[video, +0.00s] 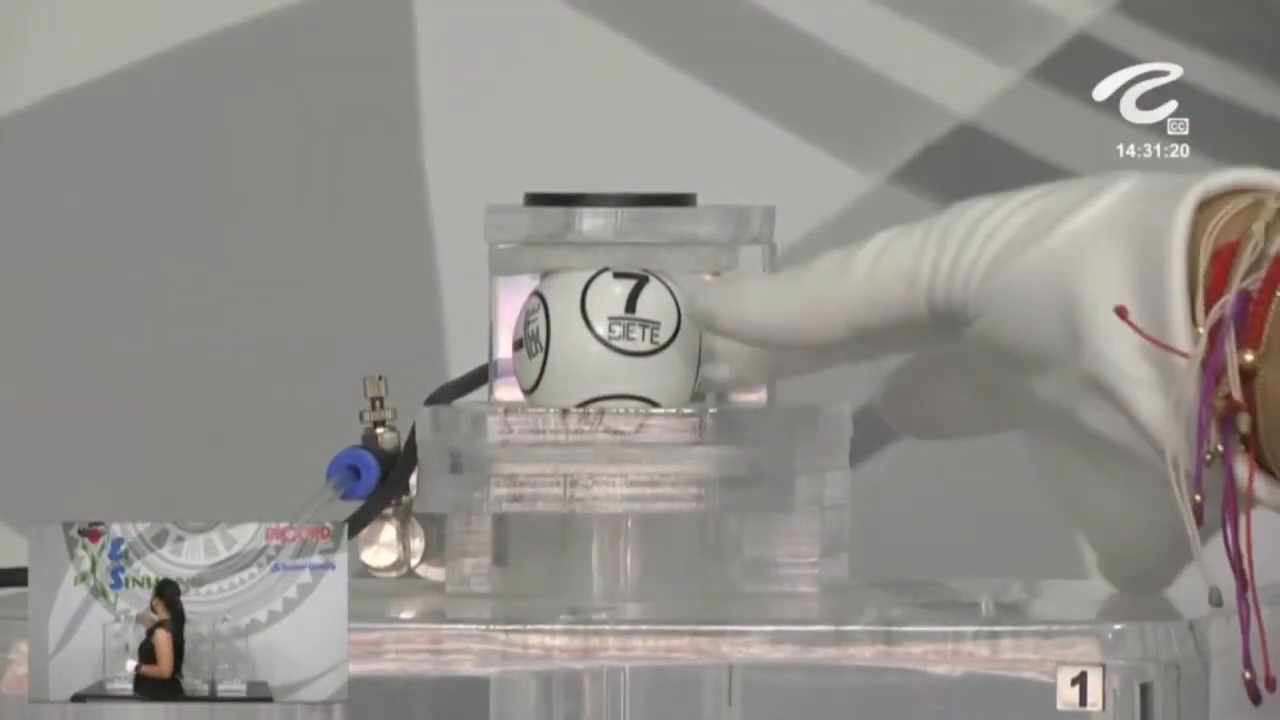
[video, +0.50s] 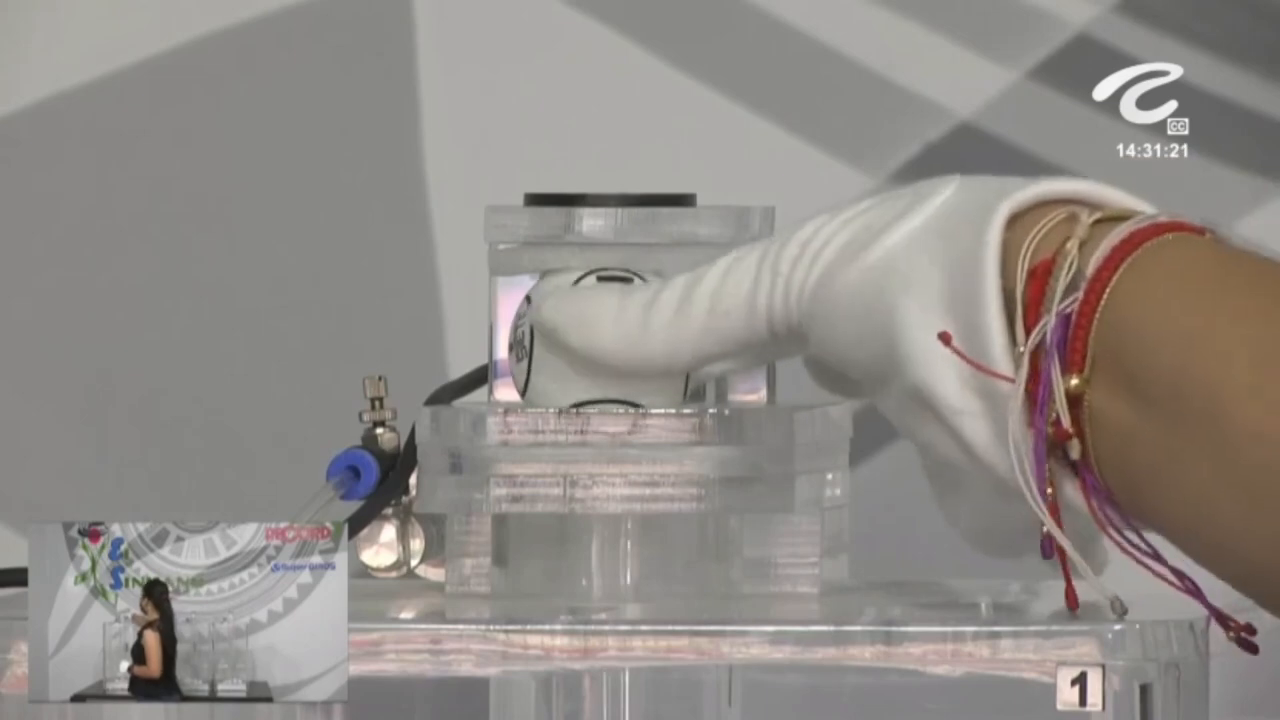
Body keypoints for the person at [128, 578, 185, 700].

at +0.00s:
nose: (151, 601)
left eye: (153, 597)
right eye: (153, 597)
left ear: (158, 600)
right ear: (173, 600)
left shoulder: (161, 631)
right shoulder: (175, 626)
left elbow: (165, 671)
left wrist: (139, 668)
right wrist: (149, 625)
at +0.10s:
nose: (147, 600)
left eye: (149, 596)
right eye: (149, 596)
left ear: (154, 600)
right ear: (170, 599)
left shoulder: (157, 630)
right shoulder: (171, 625)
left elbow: (160, 670)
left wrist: (136, 668)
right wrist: (147, 622)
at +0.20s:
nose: (145, 600)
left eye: (146, 597)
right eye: (146, 596)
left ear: (150, 600)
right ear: (167, 600)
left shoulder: (154, 630)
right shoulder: (169, 625)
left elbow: (157, 670)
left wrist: (133, 667)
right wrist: (145, 622)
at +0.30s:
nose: (142, 600)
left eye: (144, 597)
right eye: (143, 597)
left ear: (148, 600)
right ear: (165, 600)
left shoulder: (152, 631)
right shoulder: (168, 627)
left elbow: (155, 671)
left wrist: (132, 669)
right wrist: (144, 621)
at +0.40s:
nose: (141, 600)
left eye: (143, 596)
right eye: (142, 596)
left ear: (147, 600)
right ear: (163, 600)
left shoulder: (150, 631)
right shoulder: (167, 627)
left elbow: (155, 671)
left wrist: (132, 668)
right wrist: (144, 621)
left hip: (151, 698)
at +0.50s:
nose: (140, 600)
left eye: (142, 597)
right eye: (141, 596)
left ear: (147, 600)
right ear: (162, 599)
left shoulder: (150, 631)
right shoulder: (167, 627)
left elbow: (154, 671)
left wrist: (132, 669)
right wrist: (143, 622)